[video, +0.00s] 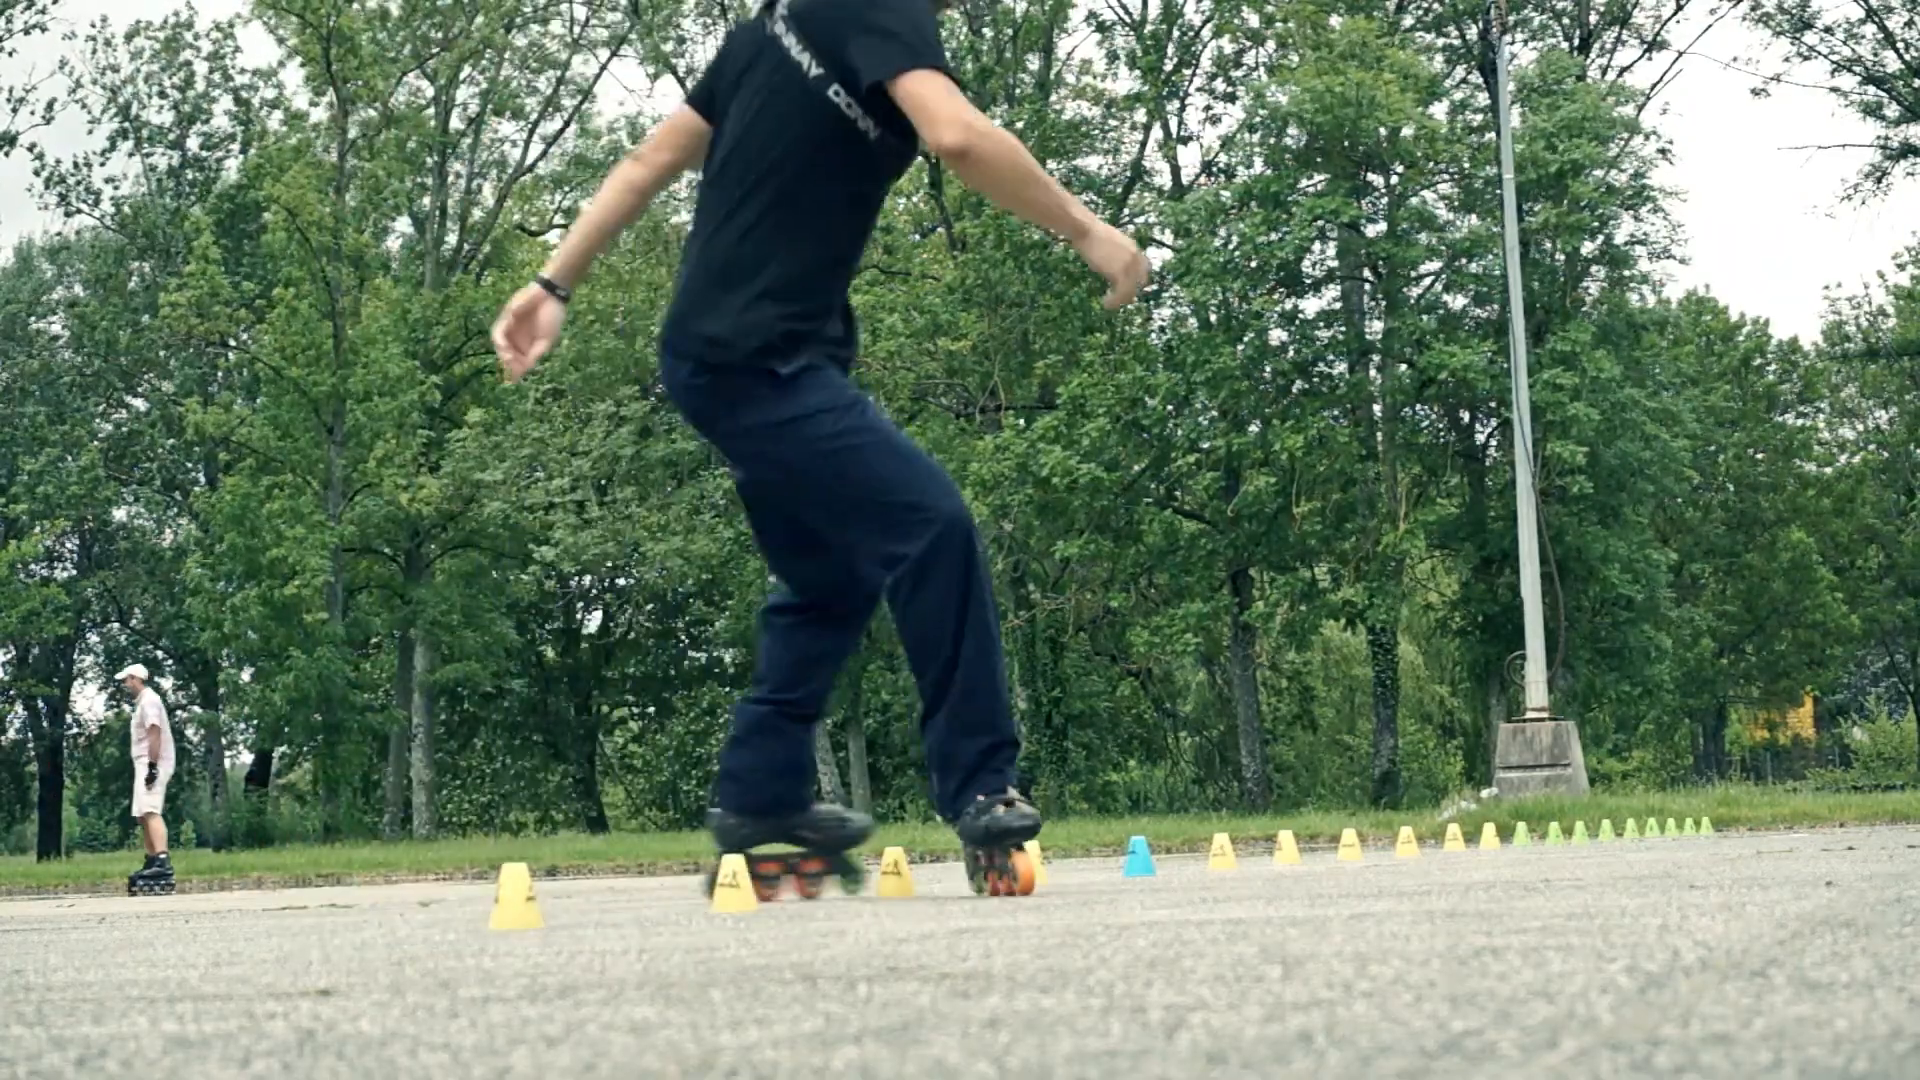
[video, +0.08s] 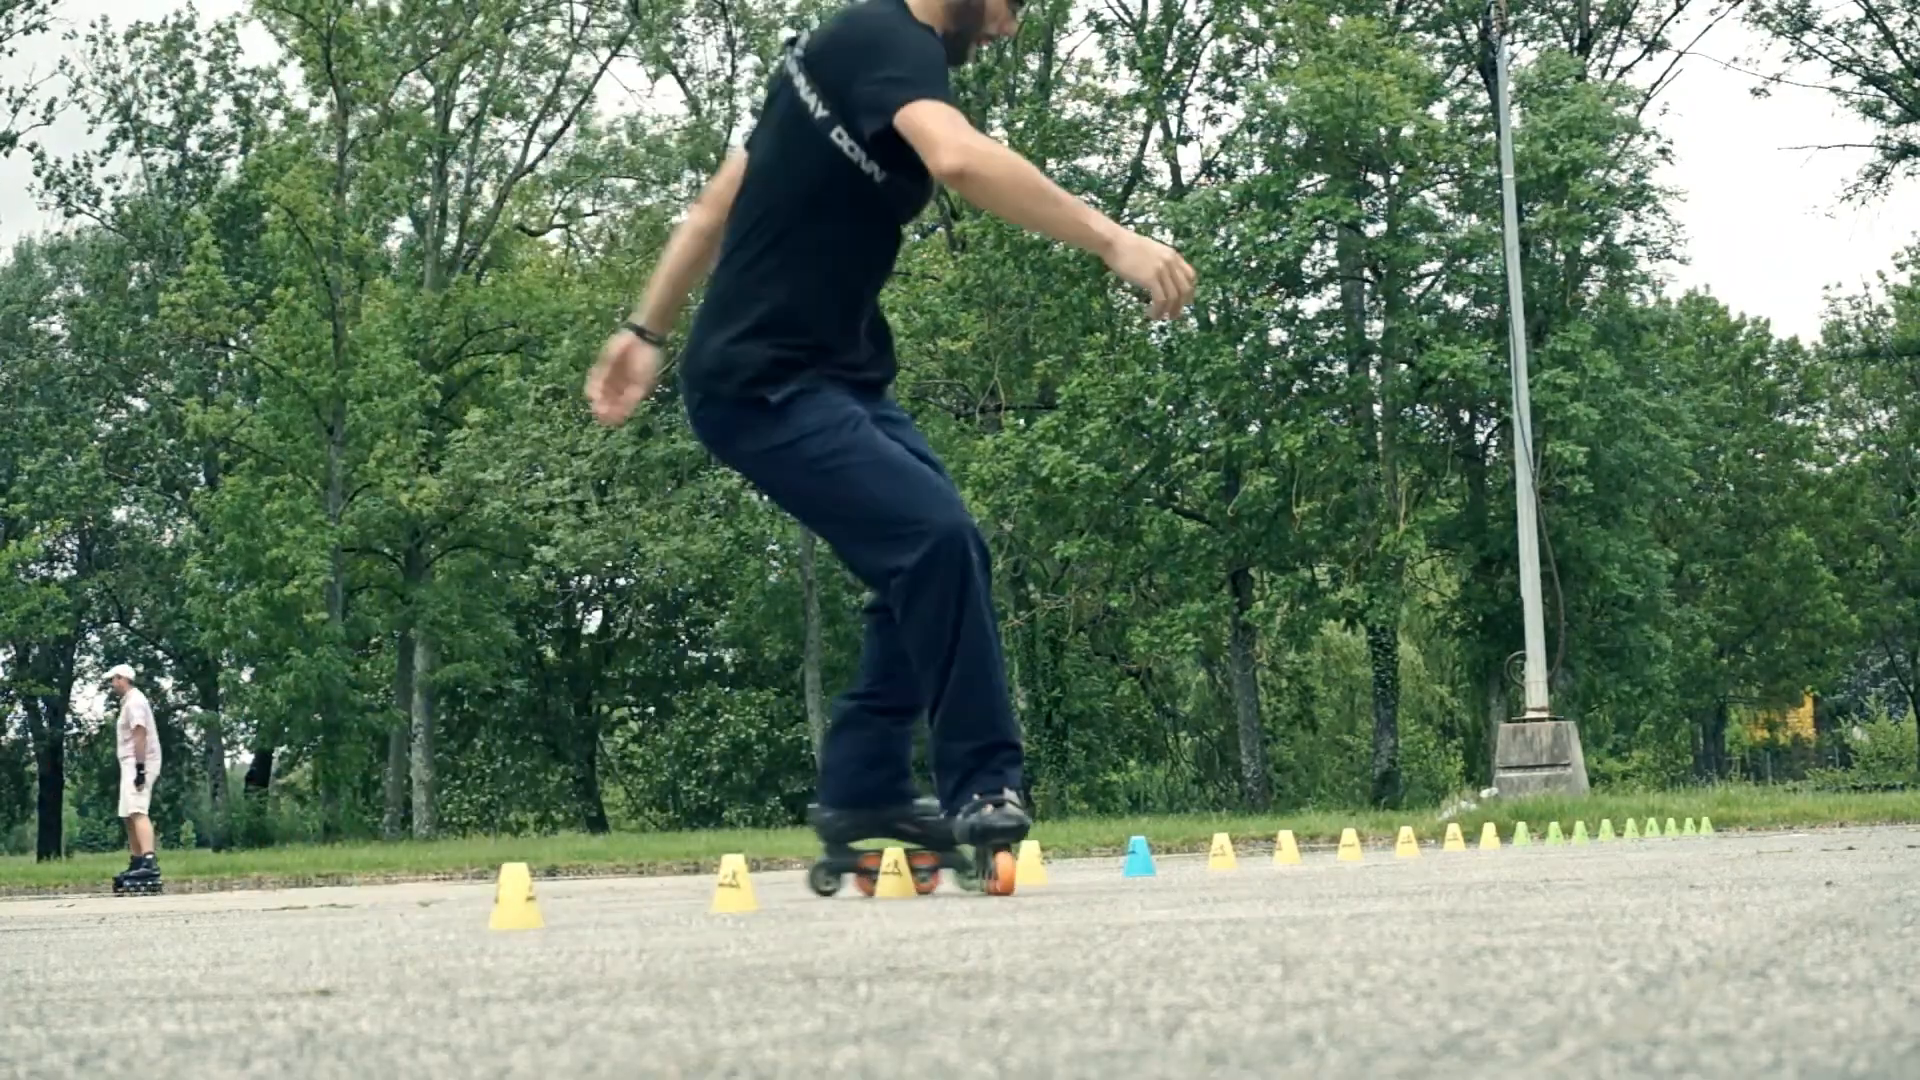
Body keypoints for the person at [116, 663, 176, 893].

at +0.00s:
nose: (124, 685)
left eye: (127, 680)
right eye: (124, 681)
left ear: (137, 679)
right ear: (134, 681)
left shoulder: (149, 699)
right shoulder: (143, 701)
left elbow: (154, 732)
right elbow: (149, 735)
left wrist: (152, 764)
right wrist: (144, 763)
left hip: (153, 761)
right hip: (144, 760)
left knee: (150, 811)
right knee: (143, 813)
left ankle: (162, 860)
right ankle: (152, 859)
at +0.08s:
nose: (112, 685)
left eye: (114, 680)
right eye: (111, 681)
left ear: (124, 679)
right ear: (121, 680)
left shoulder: (134, 700)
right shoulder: (129, 701)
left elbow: (140, 733)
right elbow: (134, 736)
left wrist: (140, 766)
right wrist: (129, 766)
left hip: (139, 761)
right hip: (130, 761)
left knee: (138, 811)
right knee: (128, 812)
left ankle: (148, 860)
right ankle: (137, 859)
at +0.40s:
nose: (51, 687)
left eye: (54, 683)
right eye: (51, 683)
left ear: (64, 683)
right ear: (62, 684)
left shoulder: (75, 702)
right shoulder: (69, 704)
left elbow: (79, 733)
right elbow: (75, 735)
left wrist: (71, 764)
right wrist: (68, 763)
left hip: (89, 762)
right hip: (78, 763)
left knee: (82, 811)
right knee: (73, 814)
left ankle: (93, 862)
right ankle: (80, 861)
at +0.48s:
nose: (35, 689)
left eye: (37, 684)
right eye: (34, 685)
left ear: (48, 683)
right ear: (48, 684)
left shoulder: (60, 702)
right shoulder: (56, 704)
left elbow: (62, 733)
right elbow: (60, 736)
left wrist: (54, 764)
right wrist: (53, 764)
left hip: (74, 763)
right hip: (65, 764)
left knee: (69, 813)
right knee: (59, 815)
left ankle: (79, 864)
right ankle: (67, 863)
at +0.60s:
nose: (16, 689)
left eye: (18, 684)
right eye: (15, 685)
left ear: (29, 684)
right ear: (28, 684)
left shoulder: (41, 703)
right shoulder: (36, 704)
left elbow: (39, 735)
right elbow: (36, 737)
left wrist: (30, 763)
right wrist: (31, 761)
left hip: (55, 764)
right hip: (46, 765)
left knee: (51, 815)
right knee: (42, 817)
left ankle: (61, 865)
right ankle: (49, 864)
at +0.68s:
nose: (3, 691)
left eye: (5, 685)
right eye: (3, 686)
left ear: (15, 685)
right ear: (15, 685)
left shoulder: (27, 703)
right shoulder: (24, 704)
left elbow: (23, 737)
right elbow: (24, 739)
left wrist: (14, 766)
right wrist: (16, 764)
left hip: (44, 765)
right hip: (34, 766)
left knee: (39, 815)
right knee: (27, 818)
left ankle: (50, 864)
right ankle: (34, 864)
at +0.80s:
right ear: (4, 686)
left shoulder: (7, 706)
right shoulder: (10, 704)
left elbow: (4, 738)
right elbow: (12, 739)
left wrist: (3, 759)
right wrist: (5, 759)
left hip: (25, 765)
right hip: (16, 765)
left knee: (22, 815)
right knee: (6, 818)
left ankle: (37, 866)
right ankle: (13, 866)